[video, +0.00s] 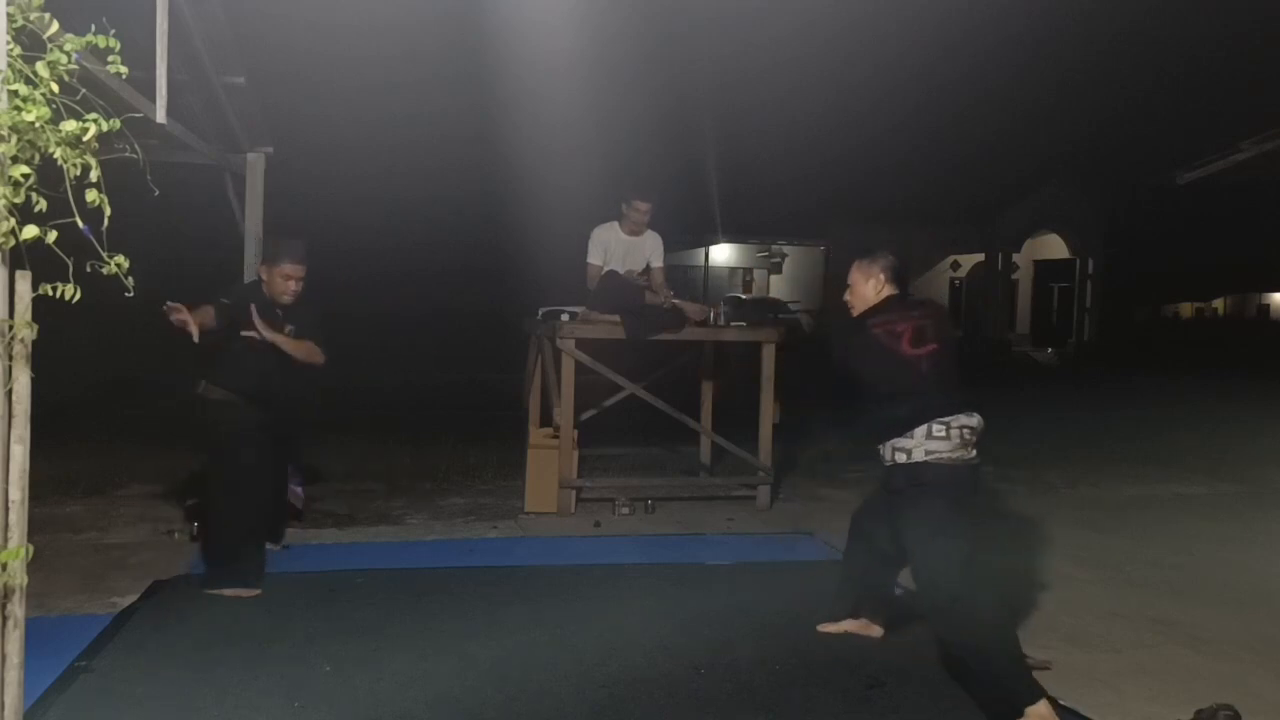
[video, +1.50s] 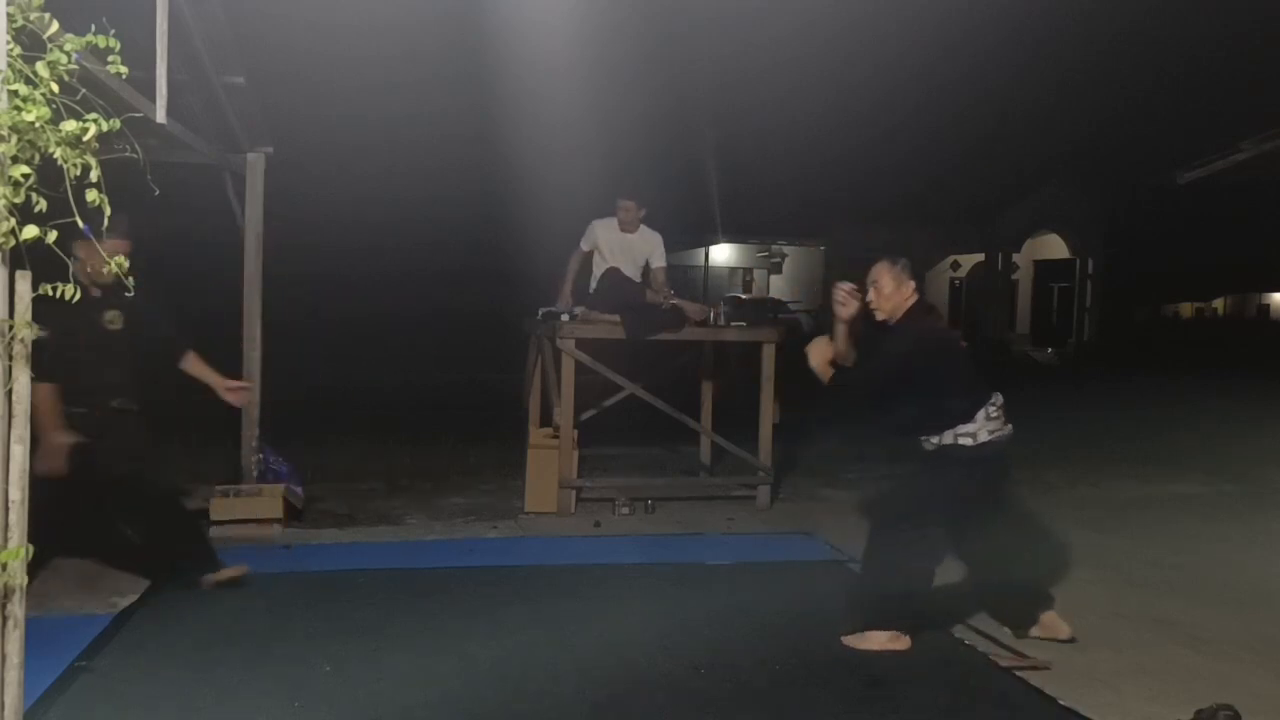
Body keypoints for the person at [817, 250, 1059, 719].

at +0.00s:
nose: (846, 295)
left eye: (852, 285)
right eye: (847, 285)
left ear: (878, 282)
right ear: (887, 282)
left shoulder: (864, 333)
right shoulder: (933, 318)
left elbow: (852, 409)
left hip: (923, 477)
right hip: (957, 472)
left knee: (954, 596)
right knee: (870, 524)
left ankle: (1030, 703)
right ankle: (867, 613)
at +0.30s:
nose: (835, 287)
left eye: (842, 277)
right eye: (836, 279)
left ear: (870, 278)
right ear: (874, 277)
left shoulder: (865, 324)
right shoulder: (901, 306)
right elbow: (831, 307)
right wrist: (773, 314)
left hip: (926, 469)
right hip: (925, 460)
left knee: (945, 581)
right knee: (852, 522)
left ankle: (1020, 687)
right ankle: (864, 614)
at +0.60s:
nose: (817, 288)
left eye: (822, 279)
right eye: (816, 279)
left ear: (851, 274)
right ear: (854, 273)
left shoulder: (846, 324)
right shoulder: (883, 300)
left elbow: (804, 377)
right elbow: (879, 271)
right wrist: (855, 240)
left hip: (906, 455)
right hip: (914, 445)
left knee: (854, 532)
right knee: (843, 520)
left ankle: (894, 626)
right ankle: (851, 612)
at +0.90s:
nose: (827, 286)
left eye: (832, 275)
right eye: (827, 276)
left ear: (862, 274)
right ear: (862, 273)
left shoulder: (866, 317)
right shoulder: (887, 304)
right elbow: (827, 316)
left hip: (908, 449)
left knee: (868, 529)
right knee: (851, 519)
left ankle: (890, 628)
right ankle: (852, 613)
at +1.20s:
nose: (835, 293)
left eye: (842, 282)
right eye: (833, 282)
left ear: (871, 278)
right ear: (873, 280)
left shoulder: (871, 328)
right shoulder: (904, 303)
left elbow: (838, 396)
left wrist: (810, 381)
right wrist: (831, 264)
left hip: (927, 454)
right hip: (957, 443)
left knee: (865, 528)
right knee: (918, 525)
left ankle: (883, 628)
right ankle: (961, 609)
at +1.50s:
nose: (869, 296)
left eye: (877, 287)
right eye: (868, 288)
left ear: (908, 289)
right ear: (907, 291)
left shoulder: (912, 335)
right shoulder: (916, 323)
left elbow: (863, 391)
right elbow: (851, 364)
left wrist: (824, 370)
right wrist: (843, 322)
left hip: (959, 454)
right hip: (983, 448)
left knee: (898, 518)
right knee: (980, 533)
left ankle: (886, 624)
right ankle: (1038, 614)